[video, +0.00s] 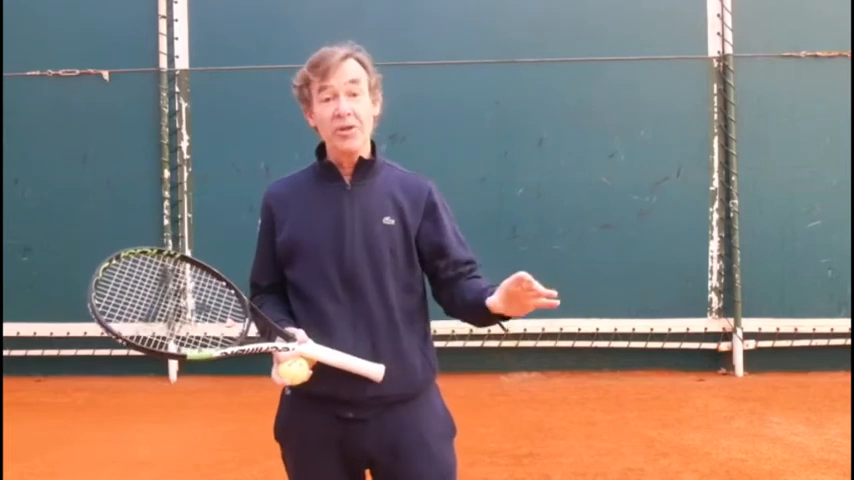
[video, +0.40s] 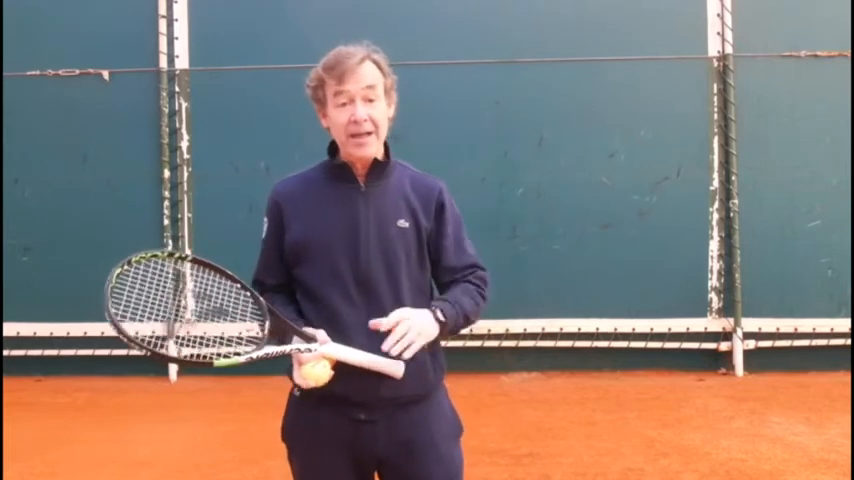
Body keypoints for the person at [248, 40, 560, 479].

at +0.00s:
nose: (342, 108)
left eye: (353, 94)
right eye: (327, 98)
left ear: (375, 104)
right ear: (311, 115)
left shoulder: (415, 195)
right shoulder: (281, 202)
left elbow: (455, 281)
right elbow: (266, 292)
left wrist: (493, 302)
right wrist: (286, 338)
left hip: (407, 411)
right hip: (314, 413)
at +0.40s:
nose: (359, 114)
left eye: (369, 99)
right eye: (343, 103)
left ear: (390, 106)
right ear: (324, 115)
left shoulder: (428, 196)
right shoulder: (289, 200)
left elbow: (470, 281)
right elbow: (271, 291)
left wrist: (435, 318)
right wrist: (299, 341)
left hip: (417, 415)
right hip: (322, 417)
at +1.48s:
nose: (416, 96)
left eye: (430, 82)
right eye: (402, 86)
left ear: (453, 99)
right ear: (384, 105)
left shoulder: (487, 197)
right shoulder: (343, 196)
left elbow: (523, 296)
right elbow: (316, 300)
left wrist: (481, 345)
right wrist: (358, 338)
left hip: (475, 429)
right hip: (375, 428)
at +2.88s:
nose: (405, 87)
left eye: (420, 77)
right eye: (392, 79)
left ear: (443, 100)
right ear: (374, 105)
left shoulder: (478, 197)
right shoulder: (331, 195)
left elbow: (525, 282)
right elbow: (302, 299)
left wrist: (509, 299)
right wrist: (333, 338)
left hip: (458, 430)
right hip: (359, 427)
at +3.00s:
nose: (398, 93)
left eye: (412, 81)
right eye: (384, 83)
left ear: (434, 101)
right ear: (365, 107)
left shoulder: (470, 196)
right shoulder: (324, 196)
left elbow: (527, 289)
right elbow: (295, 297)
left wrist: (481, 275)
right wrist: (325, 337)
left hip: (450, 427)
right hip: (352, 424)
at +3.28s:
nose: (381, 106)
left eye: (394, 92)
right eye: (367, 93)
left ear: (415, 106)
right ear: (346, 109)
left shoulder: (446, 192)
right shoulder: (306, 197)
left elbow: (513, 283)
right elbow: (282, 293)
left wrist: (505, 223)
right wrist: (302, 335)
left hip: (434, 423)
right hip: (338, 423)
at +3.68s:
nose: (365, 103)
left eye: (378, 90)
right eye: (350, 91)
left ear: (400, 102)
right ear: (332, 108)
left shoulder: (437, 195)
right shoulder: (293, 198)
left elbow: (491, 294)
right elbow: (269, 289)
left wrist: (502, 269)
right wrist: (288, 335)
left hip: (425, 421)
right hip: (328, 422)